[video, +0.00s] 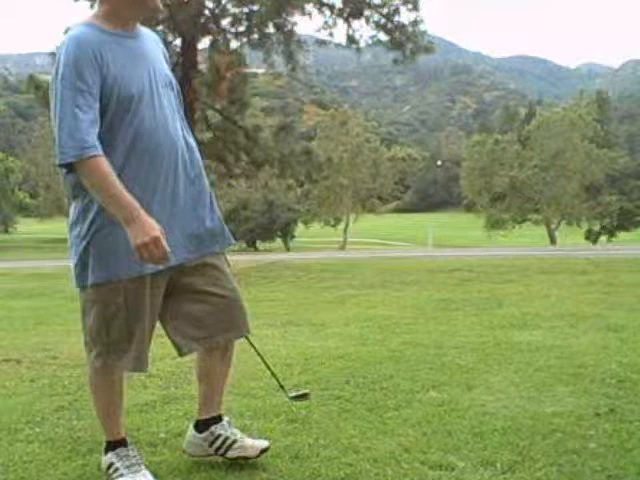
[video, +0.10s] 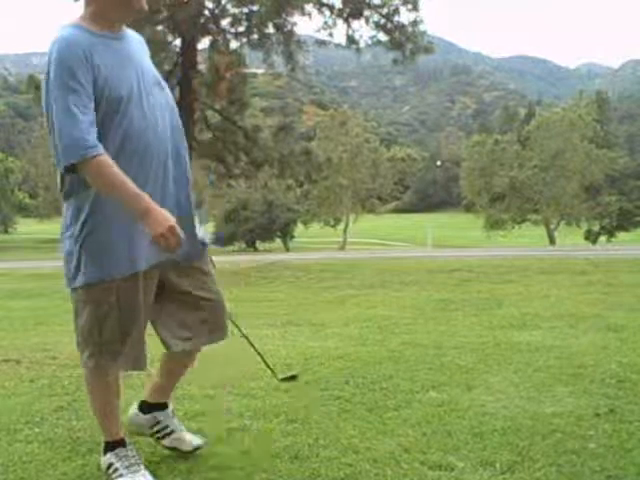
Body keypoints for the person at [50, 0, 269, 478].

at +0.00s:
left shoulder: (152, 41)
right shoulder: (82, 46)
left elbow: (167, 133)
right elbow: (81, 150)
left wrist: (194, 206)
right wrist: (134, 217)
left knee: (223, 322)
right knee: (110, 348)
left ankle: (208, 428)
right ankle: (117, 449)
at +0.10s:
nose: (144, 1)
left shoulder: (134, 41)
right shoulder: (71, 48)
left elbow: (145, 133)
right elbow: (81, 151)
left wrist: (173, 206)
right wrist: (149, 211)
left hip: (167, 224)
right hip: (109, 235)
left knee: (201, 322)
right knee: (104, 348)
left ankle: (154, 409)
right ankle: (115, 448)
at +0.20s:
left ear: (104, 2)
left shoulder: (121, 43)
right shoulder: (60, 51)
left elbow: (134, 138)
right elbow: (79, 153)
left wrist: (161, 210)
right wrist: (147, 206)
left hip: (149, 226)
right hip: (99, 235)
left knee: (164, 326)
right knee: (103, 347)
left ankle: (95, 391)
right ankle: (115, 447)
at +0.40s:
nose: (106, 1)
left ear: (71, 6)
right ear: (63, 2)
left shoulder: (94, 51)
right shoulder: (38, 56)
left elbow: (107, 140)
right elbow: (58, 158)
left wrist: (133, 205)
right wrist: (127, 203)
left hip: (111, 224)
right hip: (77, 230)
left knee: (89, 329)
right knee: (87, 340)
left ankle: (37, 406)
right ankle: (115, 449)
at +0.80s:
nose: (62, 10)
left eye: (59, 3)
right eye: (52, 3)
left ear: (35, 14)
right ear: (19, 9)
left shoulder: (58, 71)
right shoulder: (4, 66)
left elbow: (80, 140)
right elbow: (25, 143)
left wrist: (108, 168)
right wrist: (105, 164)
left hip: (49, 225)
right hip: (11, 224)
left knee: (20, 328)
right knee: (41, 317)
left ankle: (12, 422)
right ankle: (61, 429)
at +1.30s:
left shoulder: (6, 84)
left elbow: (15, 147)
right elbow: (5, 137)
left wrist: (47, 141)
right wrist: (42, 128)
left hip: (14, 224)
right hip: (5, 225)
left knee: (12, 327)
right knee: (10, 328)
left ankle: (13, 418)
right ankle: (11, 419)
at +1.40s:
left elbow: (4, 151)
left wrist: (26, 153)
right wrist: (27, 134)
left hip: (6, 231)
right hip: (5, 233)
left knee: (12, 329)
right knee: (10, 328)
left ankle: (13, 418)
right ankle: (12, 418)